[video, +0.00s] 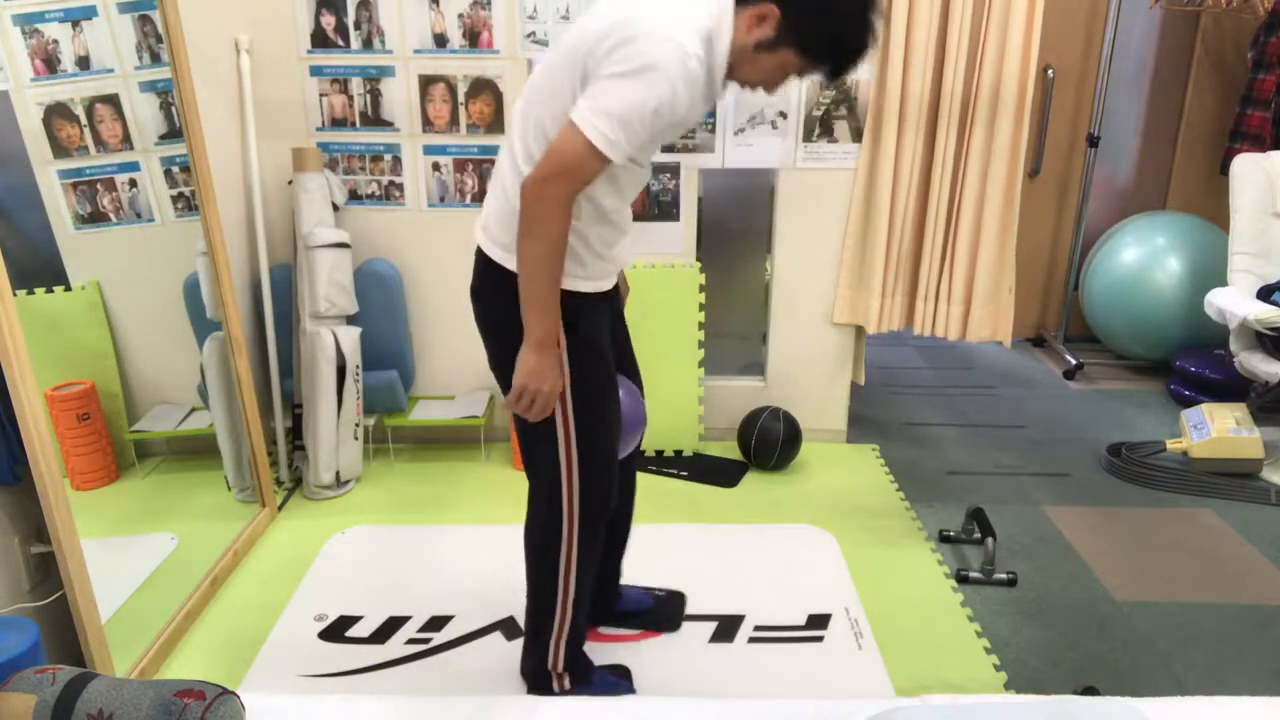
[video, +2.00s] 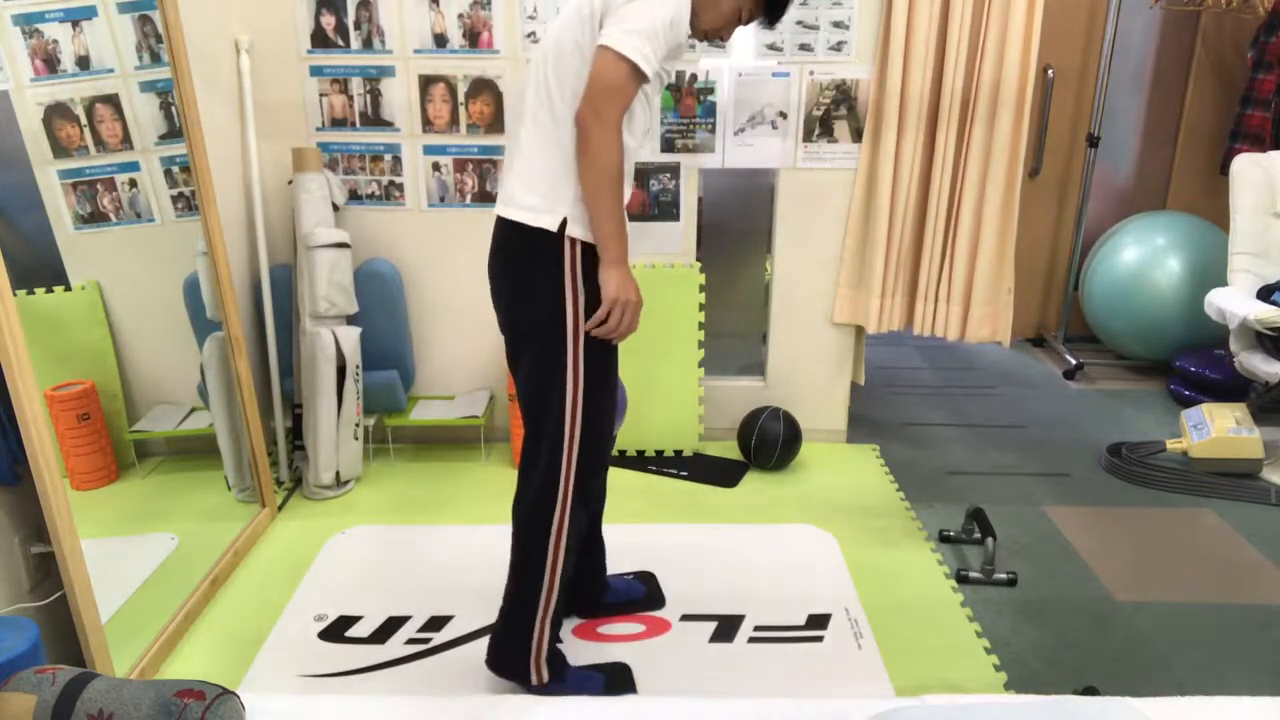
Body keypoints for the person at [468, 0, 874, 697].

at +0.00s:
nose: (778, 88)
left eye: (793, 78)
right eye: (788, 71)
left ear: (761, 17)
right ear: (762, 21)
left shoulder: (700, 44)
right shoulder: (666, 63)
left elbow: (603, 171)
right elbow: (545, 187)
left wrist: (611, 261)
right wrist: (541, 339)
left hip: (586, 276)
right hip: (539, 282)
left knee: (618, 435)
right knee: (576, 471)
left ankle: (594, 595)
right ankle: (554, 669)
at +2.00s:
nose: (726, 35)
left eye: (740, 27)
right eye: (742, 19)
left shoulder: (621, 13)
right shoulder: (657, 7)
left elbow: (577, 122)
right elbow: (595, 115)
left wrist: (601, 254)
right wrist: (615, 262)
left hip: (559, 239)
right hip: (551, 241)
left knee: (590, 423)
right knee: (566, 442)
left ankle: (580, 586)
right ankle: (523, 653)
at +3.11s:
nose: (781, 4)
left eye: (788, 3)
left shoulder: (653, 6)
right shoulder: (703, 11)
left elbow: (617, 139)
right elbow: (641, 154)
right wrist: (668, 305)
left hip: (598, 257)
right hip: (628, 269)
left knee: (629, 433)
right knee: (657, 456)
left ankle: (585, 571)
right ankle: (625, 645)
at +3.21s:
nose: (804, 5)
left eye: (811, 2)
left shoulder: (684, 6)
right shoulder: (712, 14)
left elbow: (631, 141)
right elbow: (649, 159)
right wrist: (676, 309)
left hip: (607, 259)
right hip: (628, 272)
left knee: (635, 431)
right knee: (659, 458)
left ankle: (600, 566)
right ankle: (623, 644)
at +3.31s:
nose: (820, 6)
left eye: (827, 2)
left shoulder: (691, 6)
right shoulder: (721, 16)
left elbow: (641, 143)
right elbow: (659, 163)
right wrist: (685, 312)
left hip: (618, 261)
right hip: (633, 271)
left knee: (646, 439)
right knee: (658, 458)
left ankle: (621, 574)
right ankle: (624, 646)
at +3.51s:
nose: (834, 9)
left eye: (840, 4)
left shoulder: (741, 13)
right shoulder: (731, 18)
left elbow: (687, 146)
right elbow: (667, 161)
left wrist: (706, 243)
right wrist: (693, 307)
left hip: (660, 258)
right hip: (638, 264)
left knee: (676, 436)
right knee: (652, 453)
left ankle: (656, 572)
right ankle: (623, 644)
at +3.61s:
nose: (838, 5)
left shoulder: (751, 17)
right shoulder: (732, 16)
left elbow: (695, 148)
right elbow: (667, 151)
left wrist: (712, 252)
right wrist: (694, 296)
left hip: (671, 255)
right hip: (643, 259)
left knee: (684, 429)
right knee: (658, 446)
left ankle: (659, 574)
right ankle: (623, 643)